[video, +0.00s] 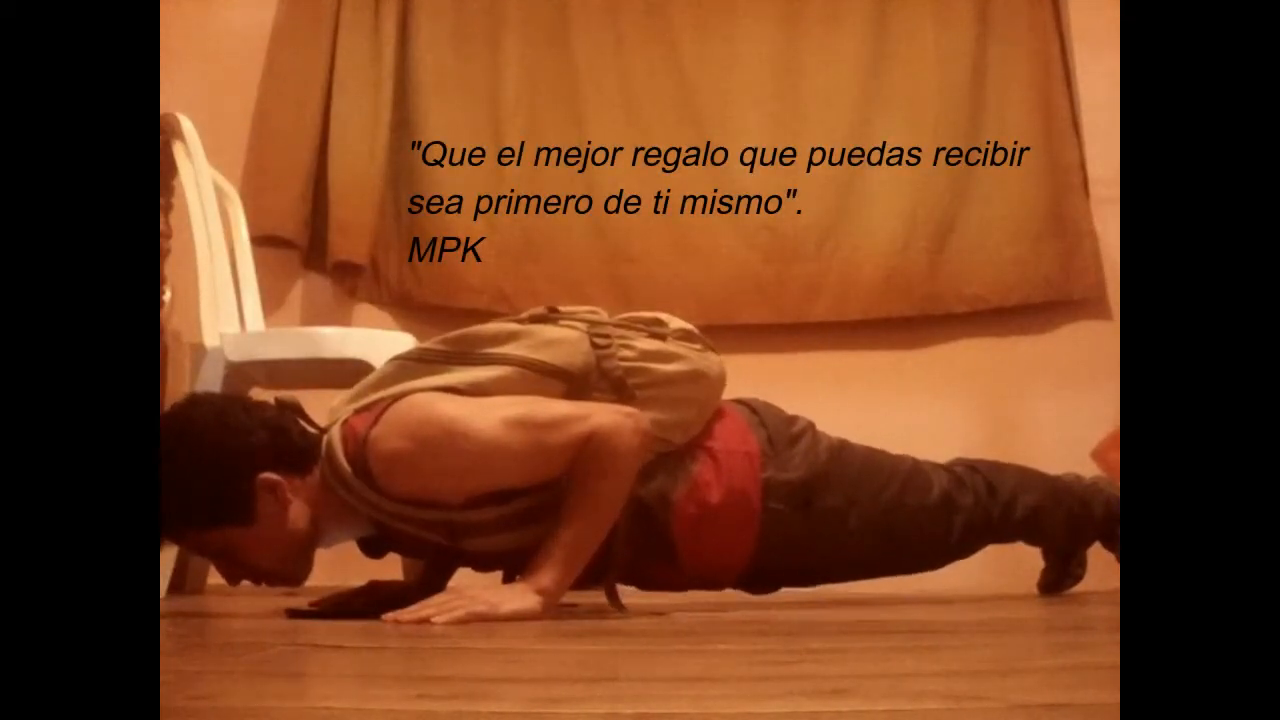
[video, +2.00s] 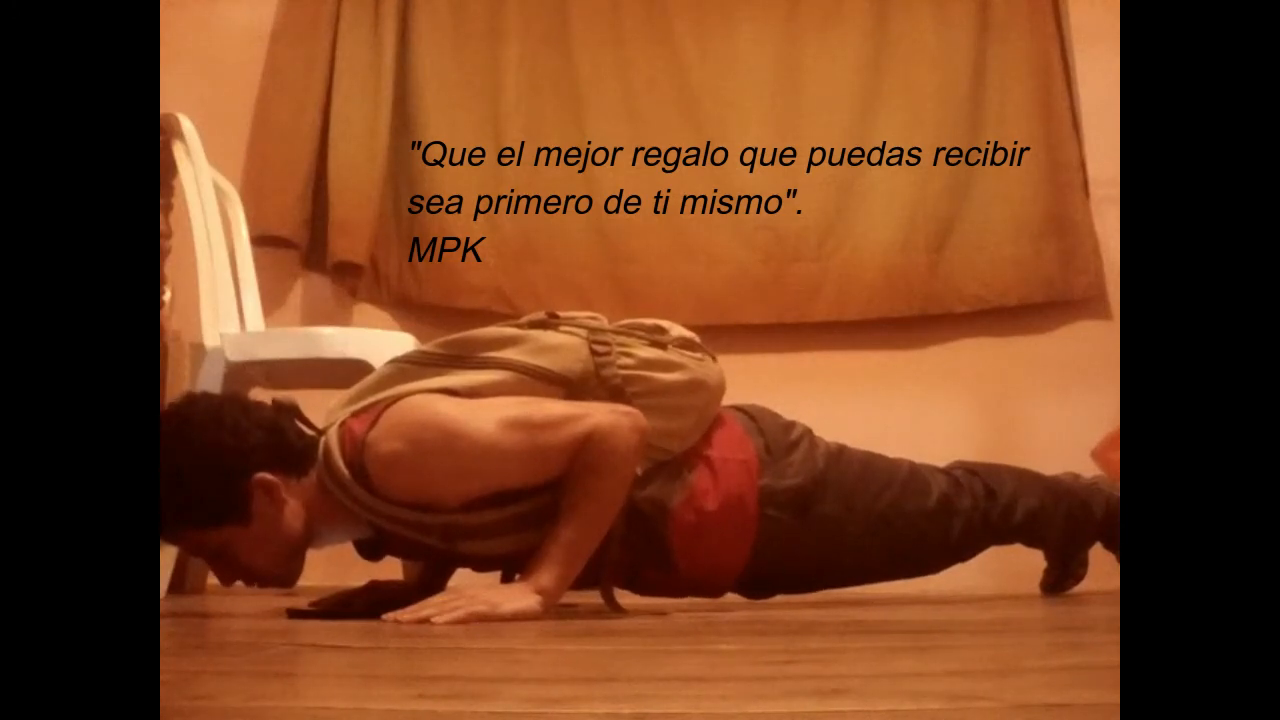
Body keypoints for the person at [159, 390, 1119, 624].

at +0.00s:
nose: (226, 572)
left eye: (221, 547)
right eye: (208, 559)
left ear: (276, 489)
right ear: (271, 481)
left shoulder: (404, 448)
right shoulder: (355, 458)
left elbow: (615, 439)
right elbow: (455, 541)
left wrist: (538, 588)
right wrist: (391, 585)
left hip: (739, 486)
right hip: (709, 504)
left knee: (944, 507)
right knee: (923, 507)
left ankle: (1096, 503)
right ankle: (1072, 506)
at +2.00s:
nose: (218, 574)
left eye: (213, 550)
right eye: (200, 559)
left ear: (262, 492)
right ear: (258, 478)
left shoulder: (400, 448)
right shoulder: (355, 461)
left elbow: (614, 439)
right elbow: (470, 534)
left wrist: (539, 588)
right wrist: (388, 588)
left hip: (739, 498)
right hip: (712, 503)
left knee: (949, 510)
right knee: (928, 506)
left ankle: (1095, 505)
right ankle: (1079, 504)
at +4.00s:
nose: (217, 576)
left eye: (211, 551)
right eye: (199, 560)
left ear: (262, 493)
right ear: (259, 482)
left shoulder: (397, 453)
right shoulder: (355, 460)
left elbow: (609, 437)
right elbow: (486, 529)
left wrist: (539, 588)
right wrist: (390, 585)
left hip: (737, 491)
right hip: (710, 500)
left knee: (943, 508)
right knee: (923, 505)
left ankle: (1095, 505)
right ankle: (1077, 505)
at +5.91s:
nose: (215, 579)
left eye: (209, 554)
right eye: (198, 563)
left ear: (260, 498)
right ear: (257, 482)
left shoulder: (394, 455)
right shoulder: (352, 464)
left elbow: (608, 438)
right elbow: (474, 530)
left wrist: (540, 589)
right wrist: (386, 587)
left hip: (737, 494)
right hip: (709, 499)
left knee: (946, 510)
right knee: (925, 505)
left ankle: (1094, 505)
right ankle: (1079, 503)